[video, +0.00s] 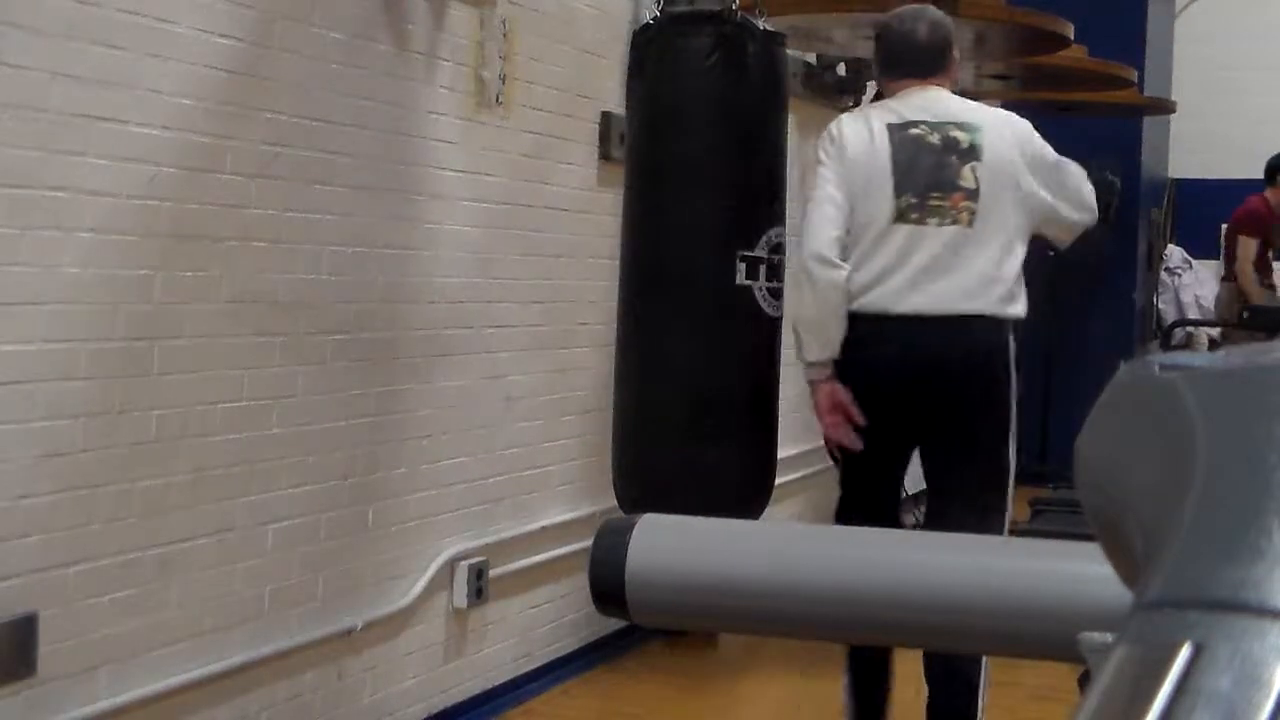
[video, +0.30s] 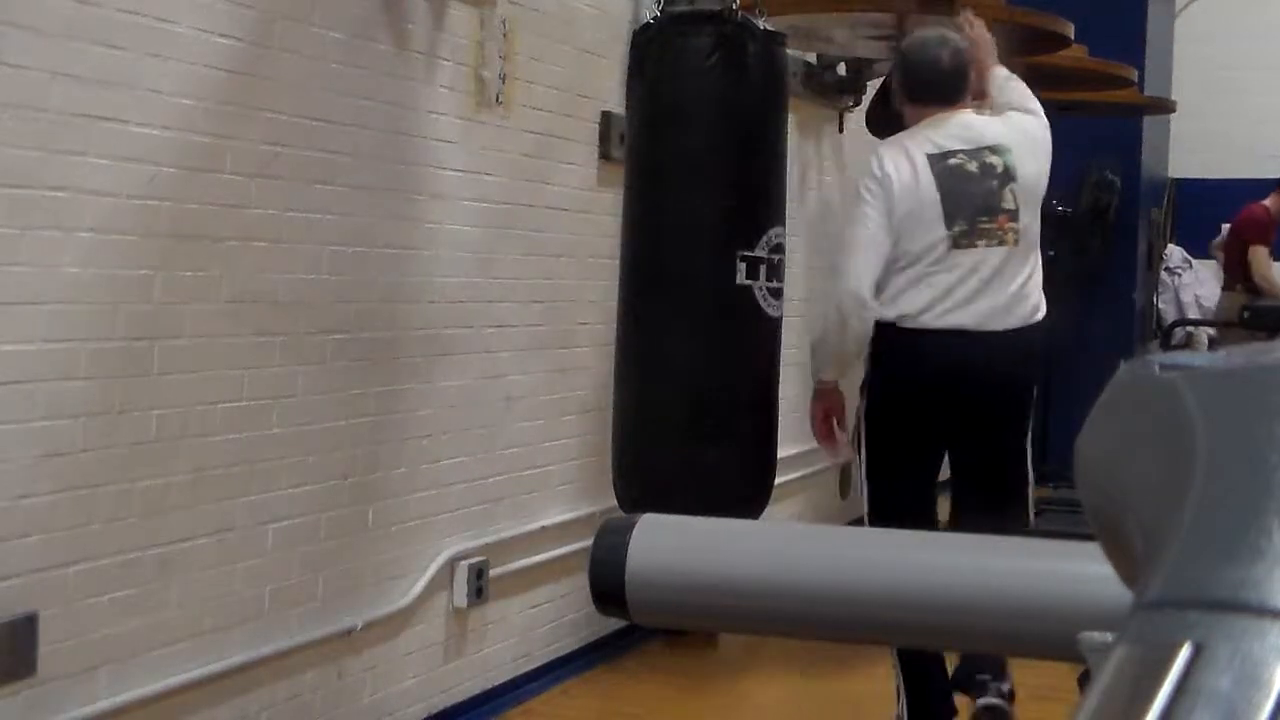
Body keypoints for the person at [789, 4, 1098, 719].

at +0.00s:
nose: (965, 72)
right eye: (962, 63)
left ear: (879, 71)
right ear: (954, 68)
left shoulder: (846, 135)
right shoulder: (1006, 133)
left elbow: (819, 257)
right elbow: (1078, 210)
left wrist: (821, 372)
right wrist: (1017, 186)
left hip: (876, 355)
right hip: (977, 361)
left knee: (863, 537)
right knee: (970, 542)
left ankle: (867, 704)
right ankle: (955, 707)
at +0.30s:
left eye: (898, 81)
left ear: (897, 91)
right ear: (974, 87)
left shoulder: (888, 164)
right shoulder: (1022, 142)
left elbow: (855, 286)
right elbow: (1027, 112)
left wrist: (830, 378)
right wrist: (990, 72)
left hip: (911, 360)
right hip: (1006, 360)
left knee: (900, 531)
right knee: (992, 518)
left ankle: (927, 702)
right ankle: (988, 677)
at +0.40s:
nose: (910, 87)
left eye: (910, 79)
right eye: (918, 78)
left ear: (916, 89)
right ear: (986, 81)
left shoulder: (906, 158)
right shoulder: (1025, 130)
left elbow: (869, 283)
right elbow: (1014, 88)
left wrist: (828, 355)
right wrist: (985, 40)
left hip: (928, 351)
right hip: (1015, 349)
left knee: (908, 526)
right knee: (995, 519)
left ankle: (922, 701)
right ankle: (1018, 692)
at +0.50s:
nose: (924, 86)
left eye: (924, 79)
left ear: (934, 92)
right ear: (1000, 85)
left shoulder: (930, 159)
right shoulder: (1032, 132)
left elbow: (889, 277)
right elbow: (1013, 74)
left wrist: (835, 332)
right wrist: (984, 22)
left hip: (939, 352)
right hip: (1020, 351)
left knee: (913, 529)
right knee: (998, 529)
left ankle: (920, 703)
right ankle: (1026, 691)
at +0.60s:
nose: (940, 89)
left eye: (943, 83)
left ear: (955, 99)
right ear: (1017, 93)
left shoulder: (957, 169)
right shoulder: (1047, 143)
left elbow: (917, 277)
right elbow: (1020, 84)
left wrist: (847, 312)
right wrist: (988, 21)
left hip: (953, 352)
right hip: (1027, 352)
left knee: (916, 521)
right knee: (1001, 519)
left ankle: (920, 702)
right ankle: (1044, 682)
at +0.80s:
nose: (980, 95)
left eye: (984, 87)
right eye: (987, 84)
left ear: (996, 100)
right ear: (1048, 98)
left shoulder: (998, 167)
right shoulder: (1068, 143)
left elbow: (967, 278)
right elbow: (1023, 85)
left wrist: (883, 283)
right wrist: (983, 20)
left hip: (978, 350)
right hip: (1043, 351)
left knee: (932, 517)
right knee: (1012, 513)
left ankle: (937, 702)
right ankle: (1043, 686)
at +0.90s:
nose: (986, 94)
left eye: (991, 86)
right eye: (990, 85)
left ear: (1007, 100)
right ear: (1051, 99)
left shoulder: (1010, 164)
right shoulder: (1073, 145)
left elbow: (975, 274)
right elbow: (1018, 95)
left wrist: (899, 259)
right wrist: (986, 32)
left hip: (987, 346)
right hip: (1046, 348)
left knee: (939, 507)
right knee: (1016, 502)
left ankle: (947, 695)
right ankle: (1045, 681)